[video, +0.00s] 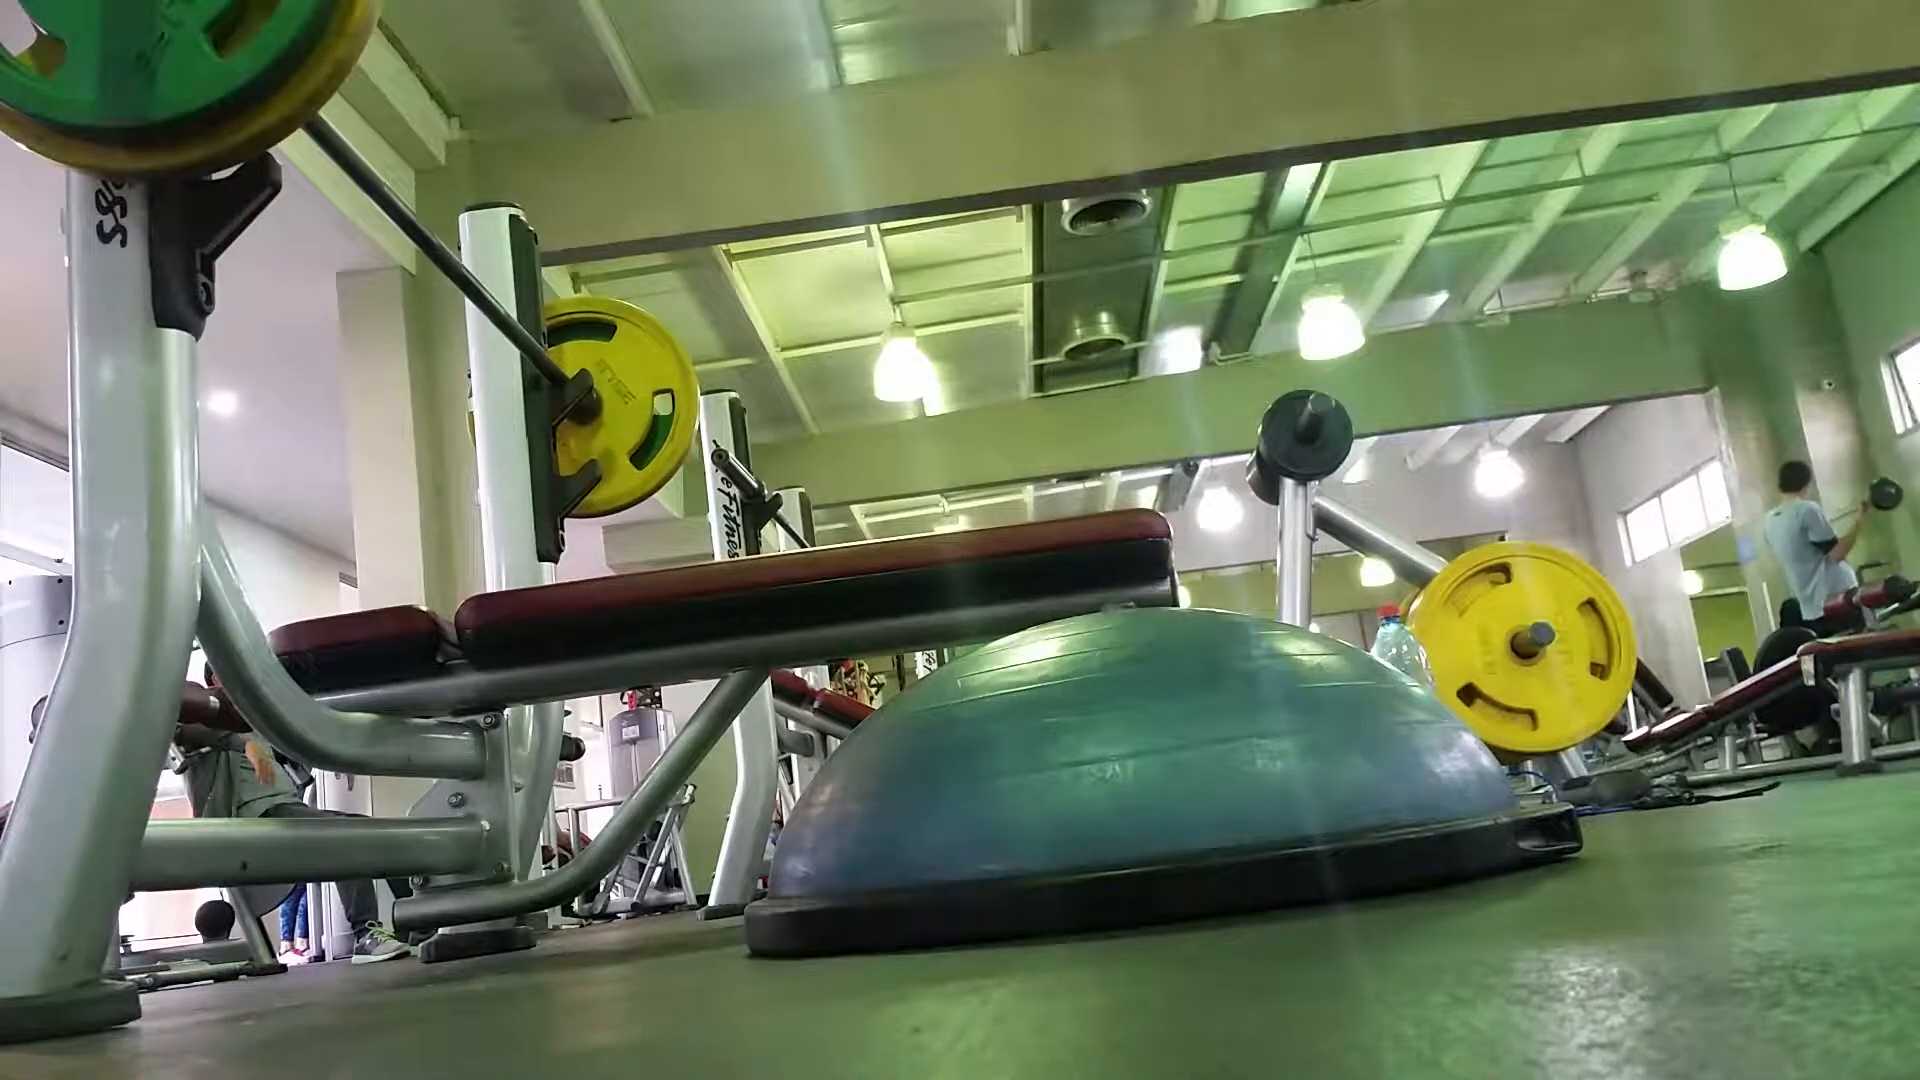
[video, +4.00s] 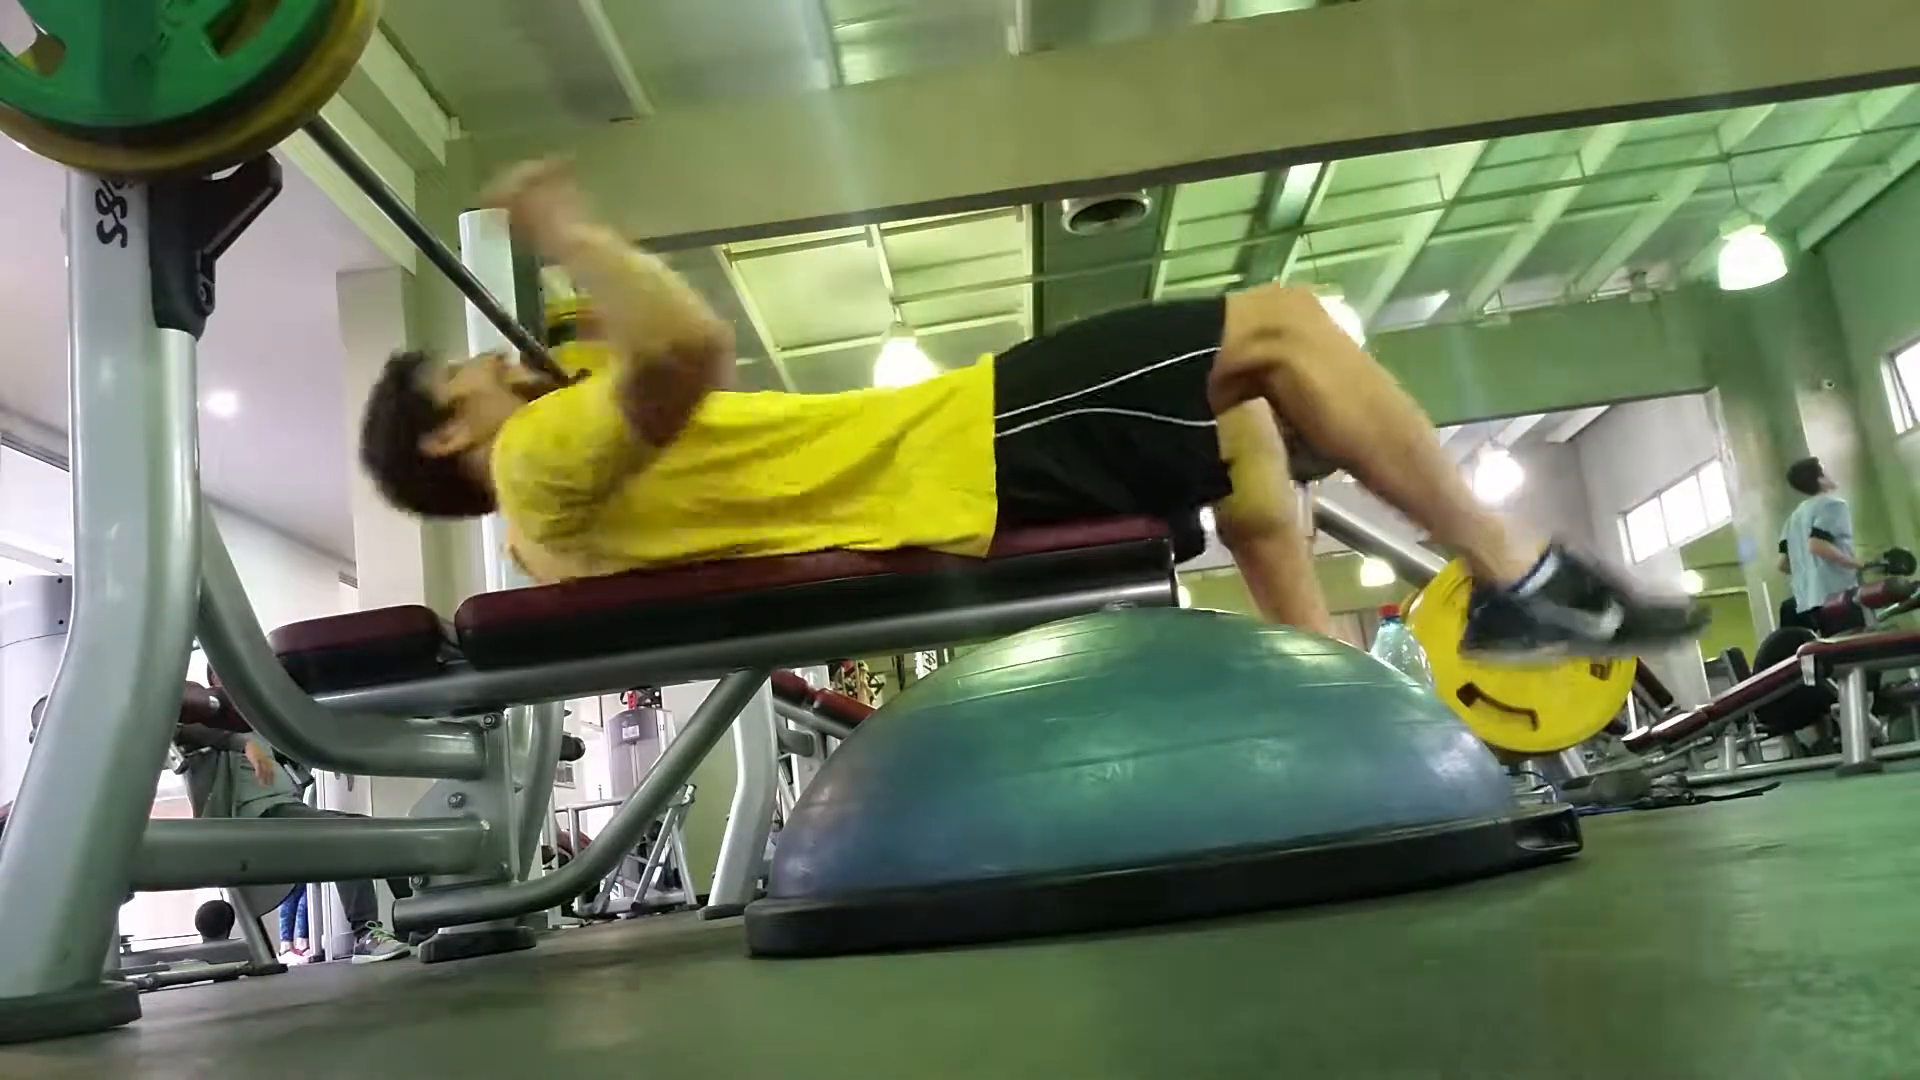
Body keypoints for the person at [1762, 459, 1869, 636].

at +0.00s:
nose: (1811, 486)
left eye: (1809, 481)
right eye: (1810, 481)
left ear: (1781, 484)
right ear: (1807, 483)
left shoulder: (1770, 520)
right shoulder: (1807, 510)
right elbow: (1837, 553)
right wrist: (1860, 521)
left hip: (1809, 611)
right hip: (1838, 606)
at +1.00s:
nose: (1813, 472)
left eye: (1809, 467)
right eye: (1808, 468)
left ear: (1783, 483)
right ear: (1801, 476)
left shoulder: (1777, 515)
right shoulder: (1813, 505)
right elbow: (1848, 540)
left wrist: (1827, 494)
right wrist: (1838, 497)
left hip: (1807, 605)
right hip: (1836, 598)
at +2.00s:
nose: (1810, 477)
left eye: (1806, 472)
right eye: (1804, 473)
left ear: (1781, 488)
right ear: (1798, 481)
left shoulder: (1775, 520)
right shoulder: (1806, 506)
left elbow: (1781, 564)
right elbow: (1815, 555)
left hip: (1808, 610)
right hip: (1835, 602)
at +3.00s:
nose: (1816, 492)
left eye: (1816, 486)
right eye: (1815, 487)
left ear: (1787, 485)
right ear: (1808, 488)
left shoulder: (1773, 520)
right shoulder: (1807, 519)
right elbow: (1838, 558)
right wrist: (1856, 537)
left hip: (1815, 606)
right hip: (1840, 603)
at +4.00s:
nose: (1829, 475)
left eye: (1825, 470)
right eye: (1824, 472)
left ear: (1803, 486)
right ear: (1819, 478)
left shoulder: (1793, 517)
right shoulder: (1832, 504)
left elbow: (1783, 564)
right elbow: (1817, 544)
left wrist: (1814, 572)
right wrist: (1854, 563)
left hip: (1810, 605)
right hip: (1839, 600)